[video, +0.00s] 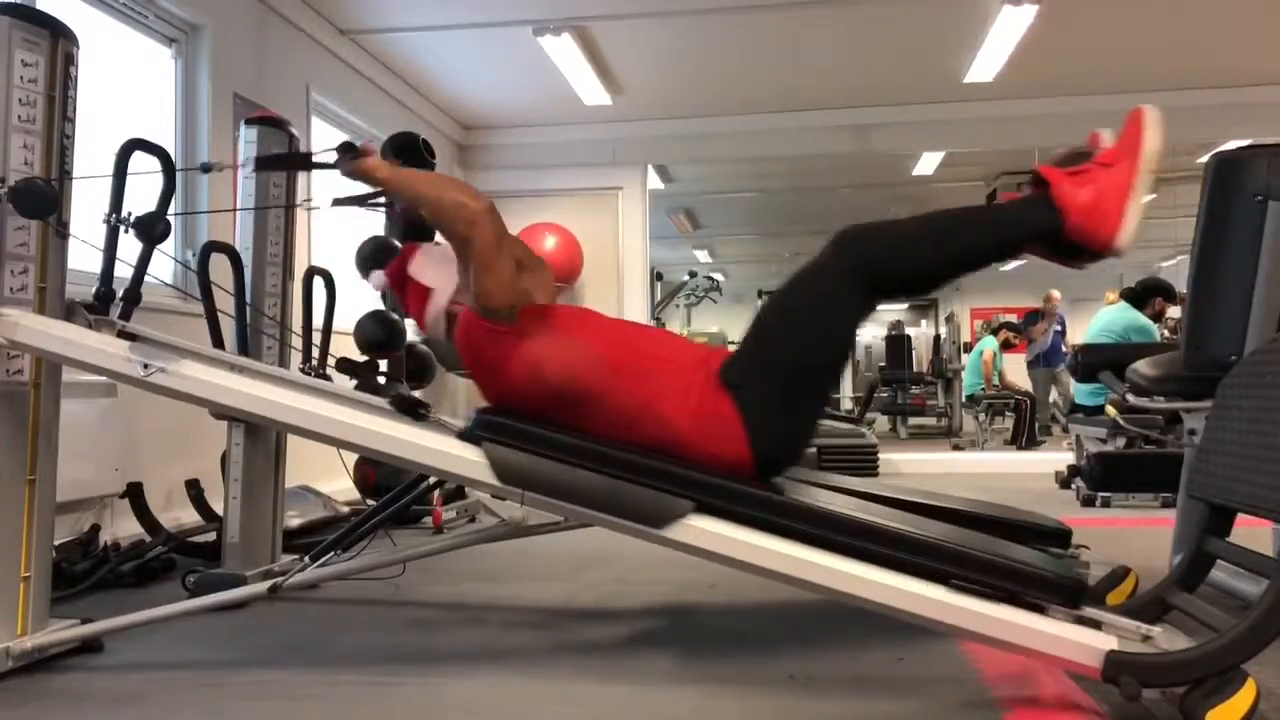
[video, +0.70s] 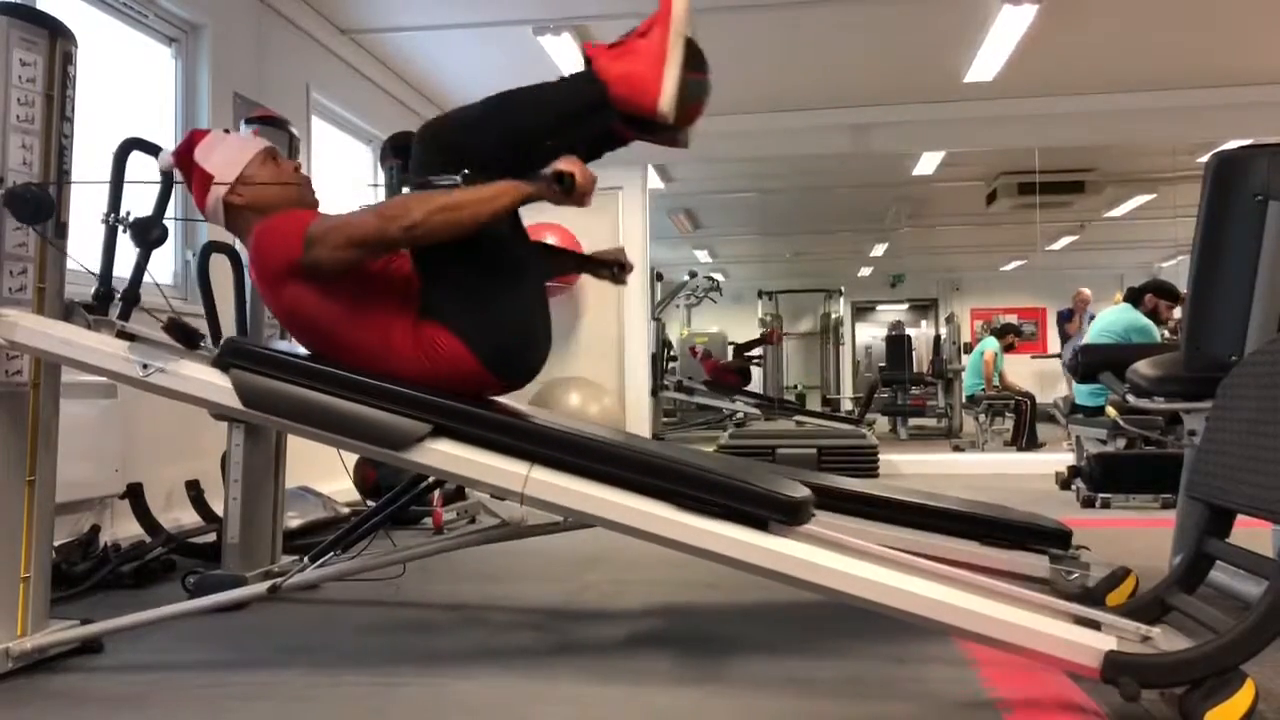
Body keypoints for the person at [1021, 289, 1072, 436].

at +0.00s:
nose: (1055, 307)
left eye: (1057, 305)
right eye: (1052, 304)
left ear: (1059, 304)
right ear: (1045, 303)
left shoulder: (1060, 318)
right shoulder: (1032, 317)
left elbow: (1063, 336)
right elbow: (1031, 334)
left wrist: (1068, 347)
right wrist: (1047, 321)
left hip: (1057, 362)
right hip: (1038, 364)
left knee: (1066, 391)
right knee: (1042, 397)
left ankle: (1061, 417)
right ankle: (1043, 424)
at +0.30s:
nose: (1068, 310)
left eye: (1071, 307)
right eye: (1066, 306)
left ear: (1075, 306)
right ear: (1060, 304)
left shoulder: (1074, 321)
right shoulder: (1050, 317)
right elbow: (1052, 333)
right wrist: (1062, 317)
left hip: (1069, 367)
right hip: (1052, 367)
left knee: (1071, 396)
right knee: (1050, 399)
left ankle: (1068, 422)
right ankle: (1046, 427)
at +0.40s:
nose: (1072, 307)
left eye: (1075, 304)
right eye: (1070, 303)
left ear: (1079, 304)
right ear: (1064, 302)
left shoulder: (1079, 319)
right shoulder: (1053, 316)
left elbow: (1081, 336)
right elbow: (1056, 331)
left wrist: (1076, 350)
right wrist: (1066, 314)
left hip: (1072, 361)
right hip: (1057, 361)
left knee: (1070, 393)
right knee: (1057, 393)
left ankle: (1066, 418)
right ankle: (1056, 421)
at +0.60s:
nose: (1079, 305)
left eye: (1082, 302)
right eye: (1076, 301)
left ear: (1086, 302)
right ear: (1070, 298)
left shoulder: (1087, 315)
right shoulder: (1059, 312)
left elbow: (1092, 334)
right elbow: (1065, 329)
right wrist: (1073, 312)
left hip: (1082, 355)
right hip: (1065, 355)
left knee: (1082, 386)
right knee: (1070, 387)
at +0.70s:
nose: (1084, 306)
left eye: (1087, 303)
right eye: (1081, 302)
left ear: (1090, 303)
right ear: (1075, 300)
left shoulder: (1092, 317)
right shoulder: (1064, 314)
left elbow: (1094, 335)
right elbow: (1072, 331)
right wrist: (1077, 314)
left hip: (1087, 353)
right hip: (1069, 353)